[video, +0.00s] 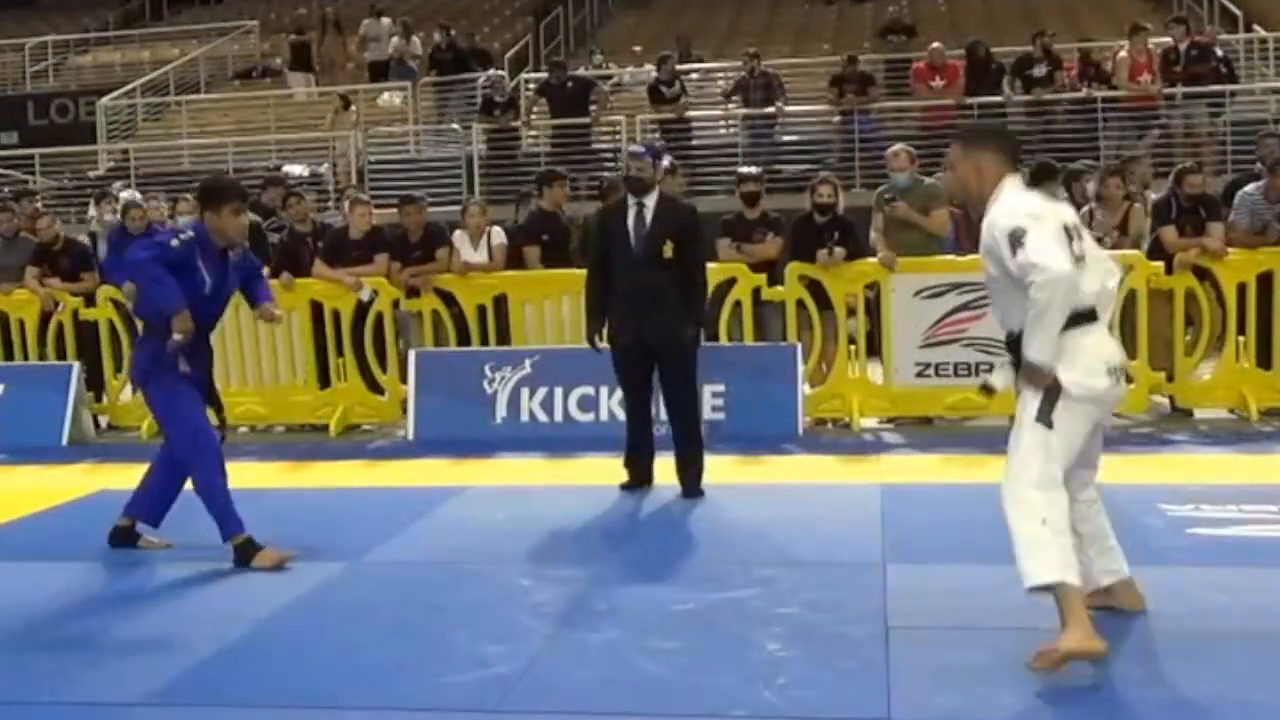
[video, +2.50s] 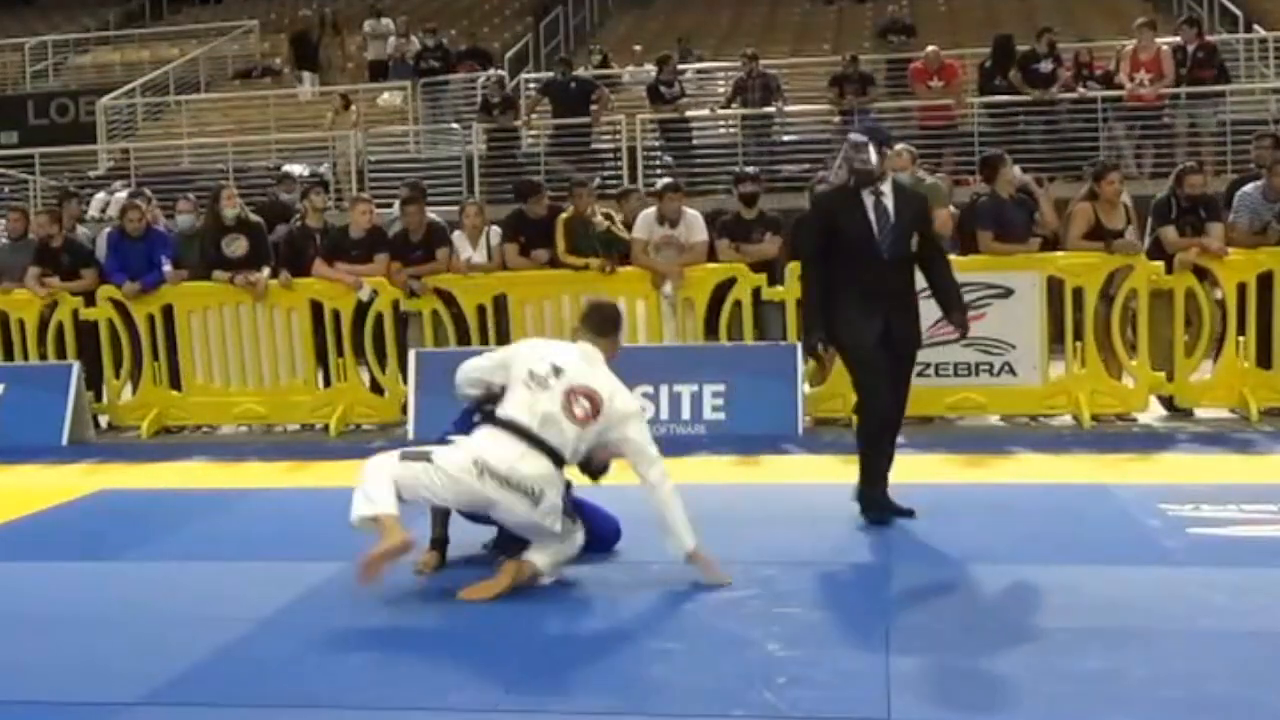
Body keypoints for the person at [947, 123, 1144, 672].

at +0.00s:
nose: (948, 180)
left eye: (951, 168)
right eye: (947, 169)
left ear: (980, 164)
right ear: (997, 165)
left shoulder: (1011, 212)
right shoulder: (1045, 203)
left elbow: (1053, 274)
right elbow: (1104, 270)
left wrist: (1035, 357)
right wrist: (1085, 333)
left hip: (1066, 359)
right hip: (1096, 353)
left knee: (1029, 483)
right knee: (1074, 480)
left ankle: (1076, 625)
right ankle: (1114, 582)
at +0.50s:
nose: (761, 288)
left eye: (762, 275)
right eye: (759, 275)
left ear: (782, 271)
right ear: (814, 262)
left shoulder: (804, 318)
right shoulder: (874, 279)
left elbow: (817, 423)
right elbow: (959, 335)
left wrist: (798, 454)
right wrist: (890, 419)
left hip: (940, 405)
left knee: (934, 555)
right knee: (852, 503)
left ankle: (1061, 633)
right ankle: (824, 619)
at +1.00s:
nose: (609, 298)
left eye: (608, 287)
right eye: (607, 288)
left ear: (622, 281)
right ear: (659, 273)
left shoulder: (627, 324)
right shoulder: (719, 297)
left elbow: (629, 432)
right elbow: (764, 364)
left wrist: (633, 478)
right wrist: (694, 450)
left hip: (742, 431)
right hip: (810, 420)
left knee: (678, 573)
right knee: (761, 516)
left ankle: (751, 706)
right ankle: (776, 630)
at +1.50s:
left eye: (529, 290)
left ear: (528, 293)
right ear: (577, 294)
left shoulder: (502, 321)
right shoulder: (616, 317)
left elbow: (462, 392)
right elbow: (664, 416)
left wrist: (480, 476)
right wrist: (635, 458)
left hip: (551, 423)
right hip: (627, 422)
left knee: (516, 556)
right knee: (614, 530)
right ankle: (612, 645)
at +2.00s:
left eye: (432, 289)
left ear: (434, 289)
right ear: (482, 283)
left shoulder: (411, 337)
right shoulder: (529, 321)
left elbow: (399, 444)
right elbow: (587, 412)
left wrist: (444, 473)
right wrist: (561, 457)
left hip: (470, 453)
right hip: (544, 450)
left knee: (383, 565)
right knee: (516, 519)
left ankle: (462, 663)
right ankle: (504, 631)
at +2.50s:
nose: (609, 343)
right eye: (615, 338)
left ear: (578, 330)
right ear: (616, 344)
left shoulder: (536, 348)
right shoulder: (623, 403)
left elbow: (467, 377)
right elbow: (656, 478)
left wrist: (499, 409)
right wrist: (690, 549)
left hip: (470, 472)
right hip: (530, 500)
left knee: (378, 467)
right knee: (567, 537)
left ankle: (391, 530)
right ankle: (518, 570)